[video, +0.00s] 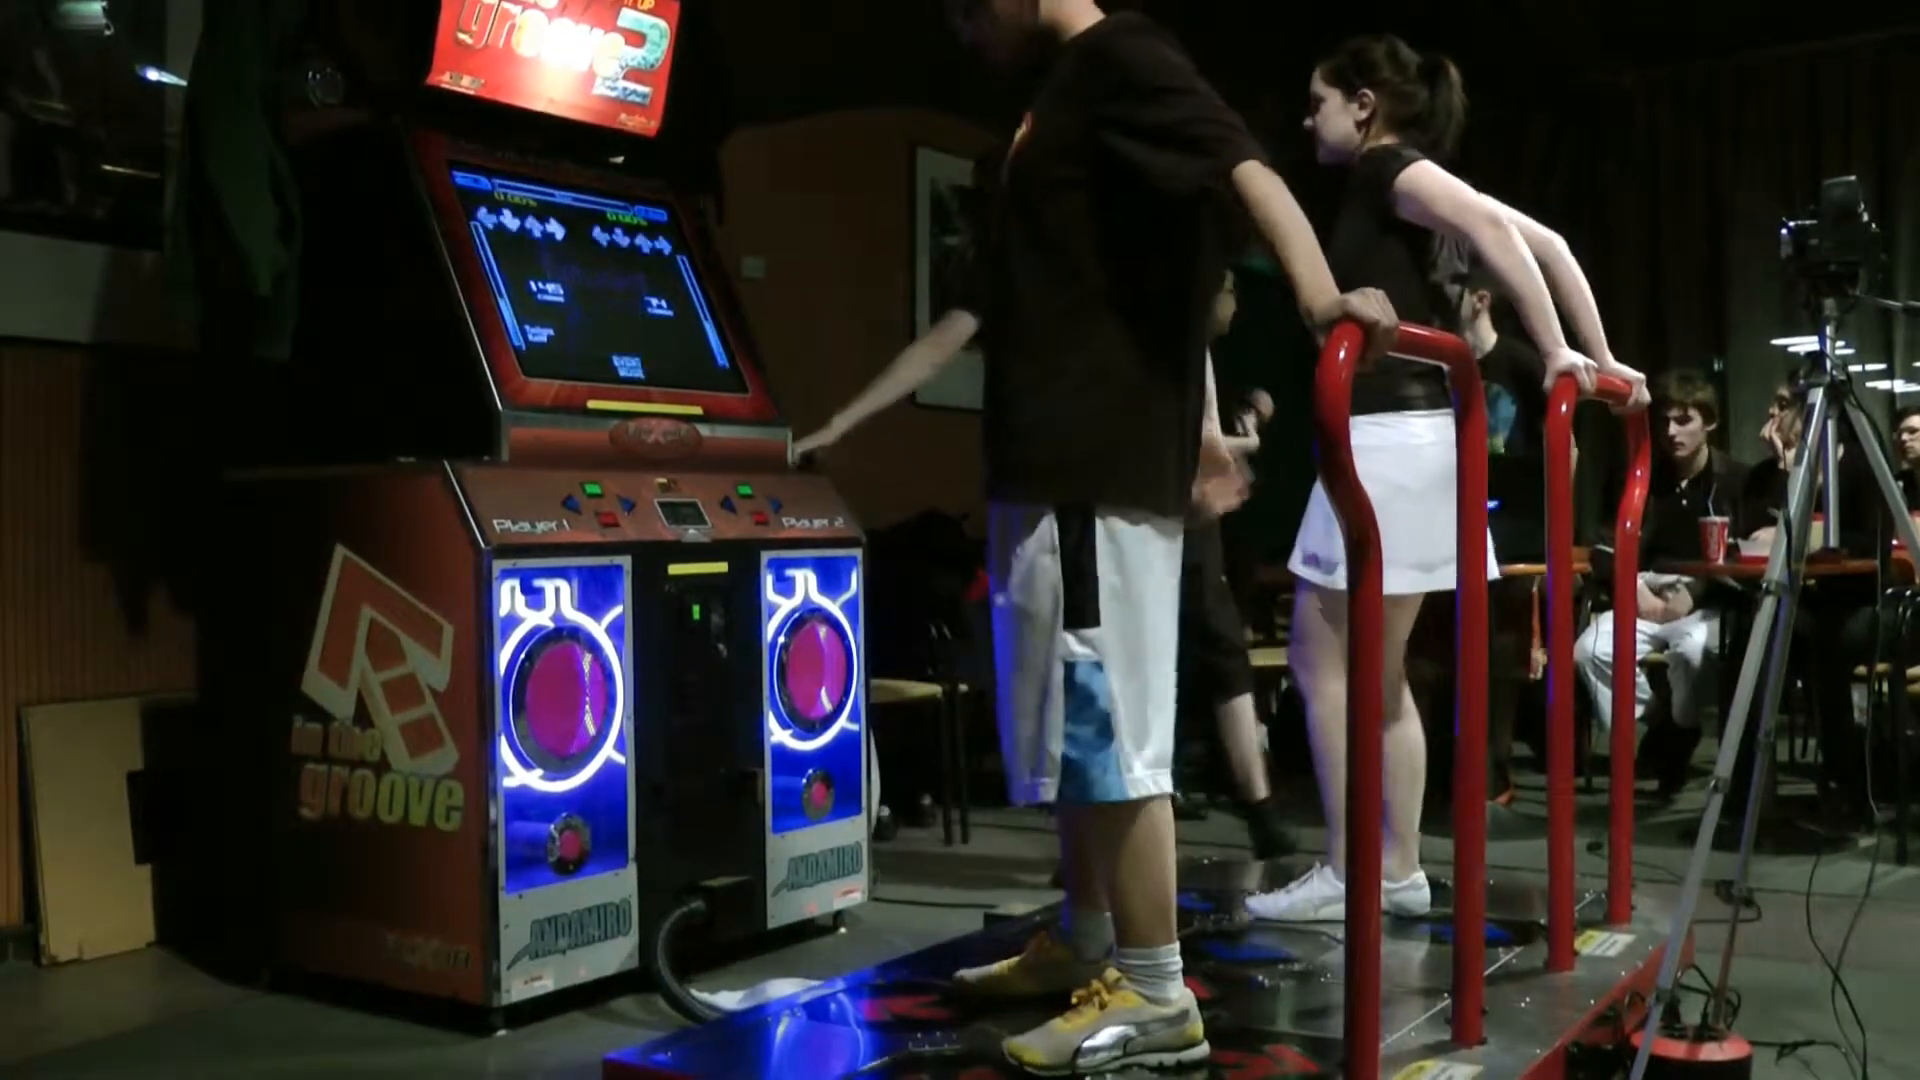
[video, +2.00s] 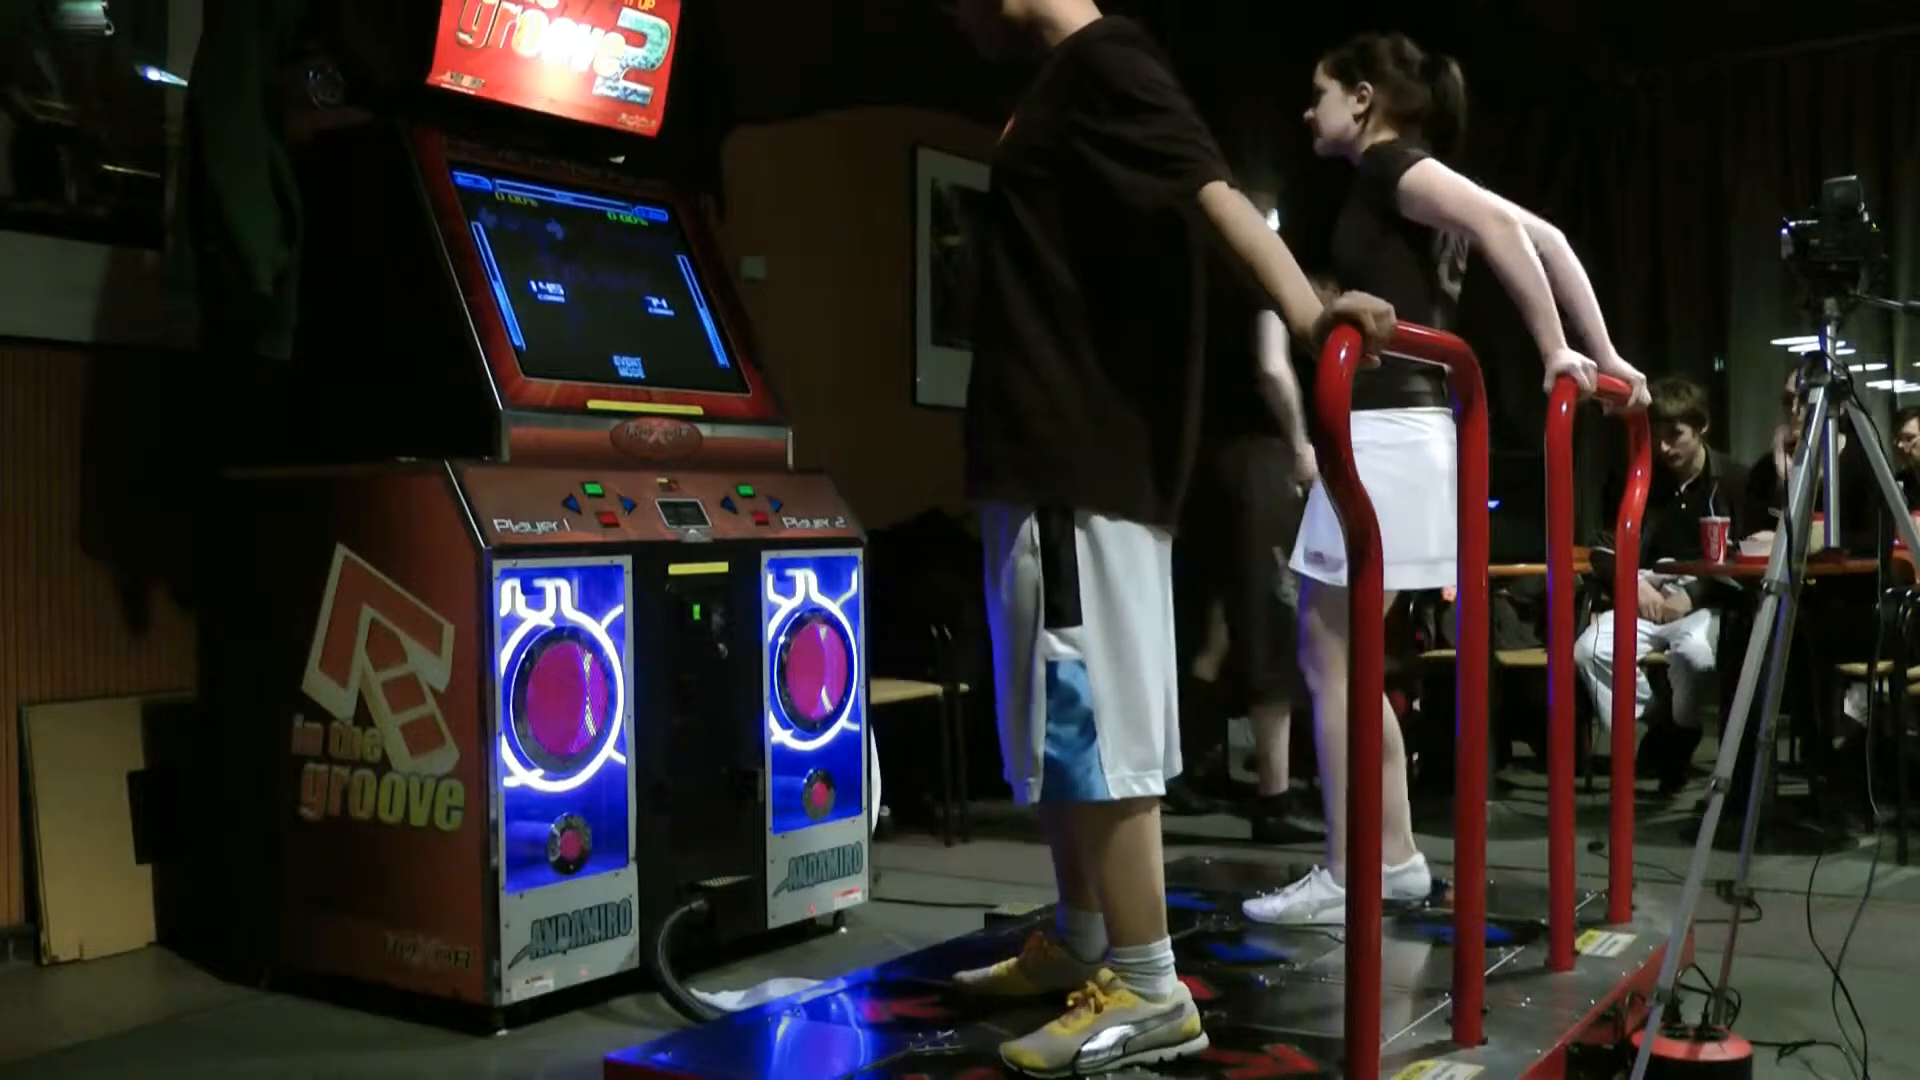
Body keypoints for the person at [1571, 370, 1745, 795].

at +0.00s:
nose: (1671, 431)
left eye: (1683, 421)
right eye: (1664, 421)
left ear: (1709, 424)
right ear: (1655, 426)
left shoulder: (1734, 479)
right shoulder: (1645, 477)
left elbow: (1743, 555)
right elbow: (1607, 547)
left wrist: (1693, 593)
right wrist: (1637, 593)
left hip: (1706, 602)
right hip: (1647, 596)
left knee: (1691, 652)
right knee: (1595, 649)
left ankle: (1681, 738)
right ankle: (1656, 732)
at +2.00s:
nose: (1666, 447)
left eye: (1675, 435)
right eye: (1658, 437)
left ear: (1701, 429)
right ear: (1648, 438)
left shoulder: (1732, 480)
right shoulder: (1642, 479)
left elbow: (1745, 557)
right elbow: (1604, 549)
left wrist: (1691, 596)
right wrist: (1634, 587)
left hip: (1704, 602)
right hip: (1645, 598)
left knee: (1692, 654)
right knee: (1594, 649)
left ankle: (1683, 736)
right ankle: (1659, 730)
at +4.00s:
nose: (1650, 437)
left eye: (1658, 428)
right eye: (1648, 427)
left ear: (1689, 427)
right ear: (1646, 427)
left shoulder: (1734, 480)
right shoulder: (1643, 478)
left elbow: (1747, 559)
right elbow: (1607, 547)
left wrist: (1693, 595)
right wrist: (1634, 587)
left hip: (1703, 600)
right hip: (1647, 597)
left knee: (1693, 649)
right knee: (1595, 648)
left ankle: (1677, 747)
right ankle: (1652, 746)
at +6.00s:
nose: (1663, 429)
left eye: (1674, 419)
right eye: (1657, 420)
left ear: (1702, 423)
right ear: (1650, 424)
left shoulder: (1734, 481)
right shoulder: (1640, 476)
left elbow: (1746, 563)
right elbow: (1606, 549)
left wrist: (1691, 598)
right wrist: (1636, 588)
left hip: (1701, 605)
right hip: (1645, 601)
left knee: (1686, 655)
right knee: (1594, 650)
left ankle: (1689, 745)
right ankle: (1655, 734)